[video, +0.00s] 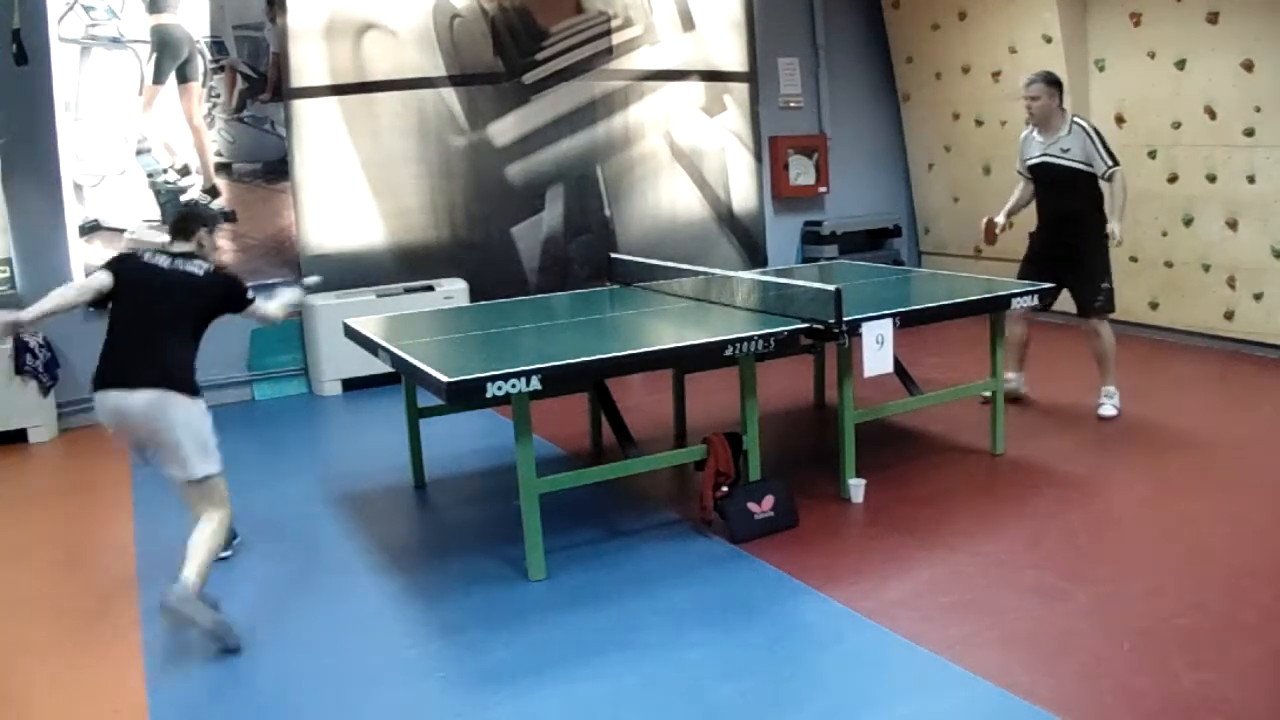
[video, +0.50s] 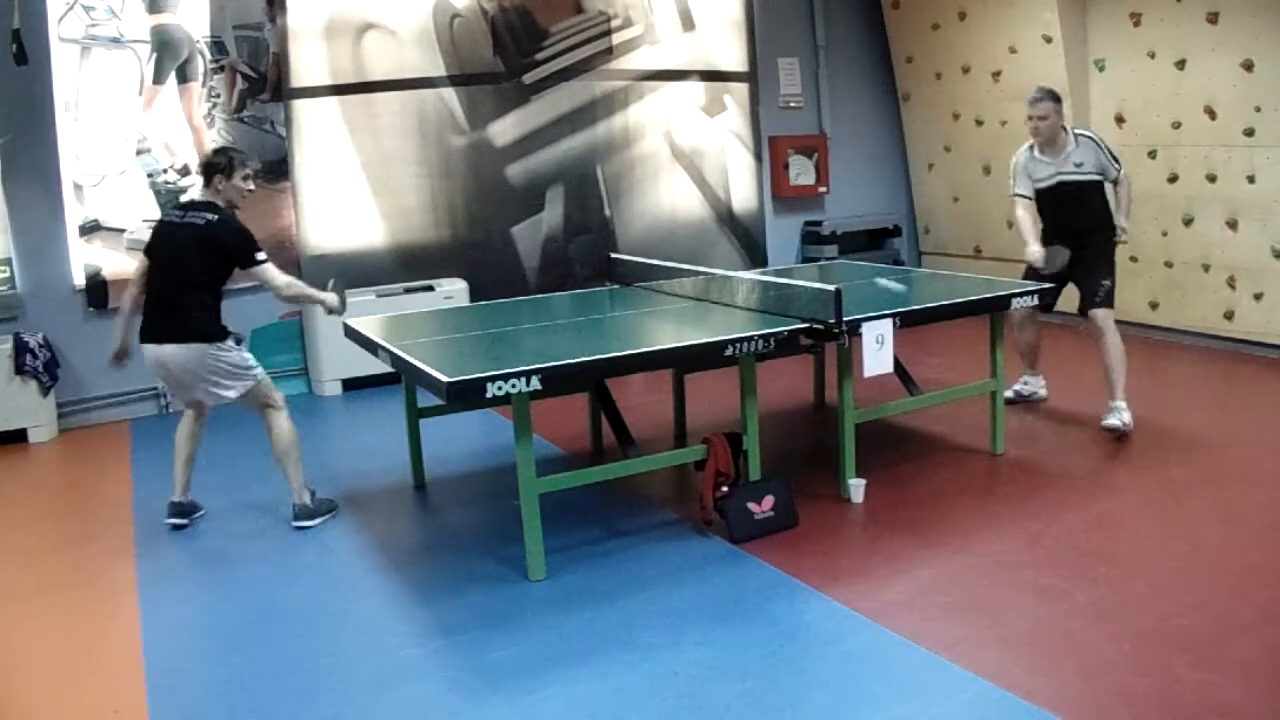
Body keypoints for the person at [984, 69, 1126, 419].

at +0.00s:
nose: (1028, 106)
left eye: (1034, 99)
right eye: (1026, 100)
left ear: (1056, 100)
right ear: (1026, 102)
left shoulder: (1084, 133)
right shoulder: (1028, 138)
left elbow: (1115, 176)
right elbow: (1028, 184)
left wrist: (1116, 220)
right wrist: (1004, 214)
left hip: (1087, 241)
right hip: (1046, 239)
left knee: (1094, 321)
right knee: (1018, 309)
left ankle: (1108, 390)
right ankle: (1013, 379)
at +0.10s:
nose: (1027, 104)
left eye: (1033, 97)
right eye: (1025, 98)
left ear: (1056, 98)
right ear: (1025, 101)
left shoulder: (1083, 131)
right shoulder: (1030, 135)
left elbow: (1113, 174)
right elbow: (1029, 181)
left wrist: (1113, 214)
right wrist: (1003, 210)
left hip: (1087, 239)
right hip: (1047, 238)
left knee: (1093, 319)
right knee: (1026, 309)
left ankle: (1108, 389)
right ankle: (1033, 380)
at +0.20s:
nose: (1025, 104)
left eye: (1031, 97)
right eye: (1023, 98)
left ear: (1053, 98)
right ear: (1023, 100)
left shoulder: (1079, 130)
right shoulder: (1027, 135)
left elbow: (1111, 176)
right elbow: (1023, 181)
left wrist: (1107, 216)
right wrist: (997, 209)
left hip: (1086, 238)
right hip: (1047, 238)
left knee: (1092, 318)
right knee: (1029, 309)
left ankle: (1111, 388)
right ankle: (1035, 380)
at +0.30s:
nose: (1024, 107)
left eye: (1031, 101)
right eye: (1022, 101)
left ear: (1052, 101)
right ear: (1021, 103)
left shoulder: (1079, 131)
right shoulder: (1022, 139)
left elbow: (1111, 178)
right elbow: (1014, 183)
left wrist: (1104, 216)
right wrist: (996, 218)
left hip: (1086, 238)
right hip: (1047, 238)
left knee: (1094, 316)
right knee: (1028, 309)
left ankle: (1119, 389)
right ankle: (1034, 380)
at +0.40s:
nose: (1026, 114)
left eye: (1033, 108)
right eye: (1023, 108)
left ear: (1053, 108)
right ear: (1021, 109)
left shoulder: (1082, 136)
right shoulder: (1020, 148)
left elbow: (1115, 174)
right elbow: (1012, 194)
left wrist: (1110, 215)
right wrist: (1009, 234)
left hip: (1088, 241)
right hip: (1049, 241)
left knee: (1097, 315)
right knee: (1026, 310)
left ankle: (1121, 400)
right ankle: (1033, 379)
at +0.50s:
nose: (1034, 125)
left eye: (1042, 118)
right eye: (1030, 118)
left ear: (1061, 118)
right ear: (1026, 120)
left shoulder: (1089, 144)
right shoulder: (1024, 160)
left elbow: (1120, 178)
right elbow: (1023, 206)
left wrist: (1122, 218)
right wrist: (1032, 244)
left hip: (1095, 246)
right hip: (1053, 248)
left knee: (1100, 316)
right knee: (1021, 313)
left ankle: (1118, 405)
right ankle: (1032, 380)